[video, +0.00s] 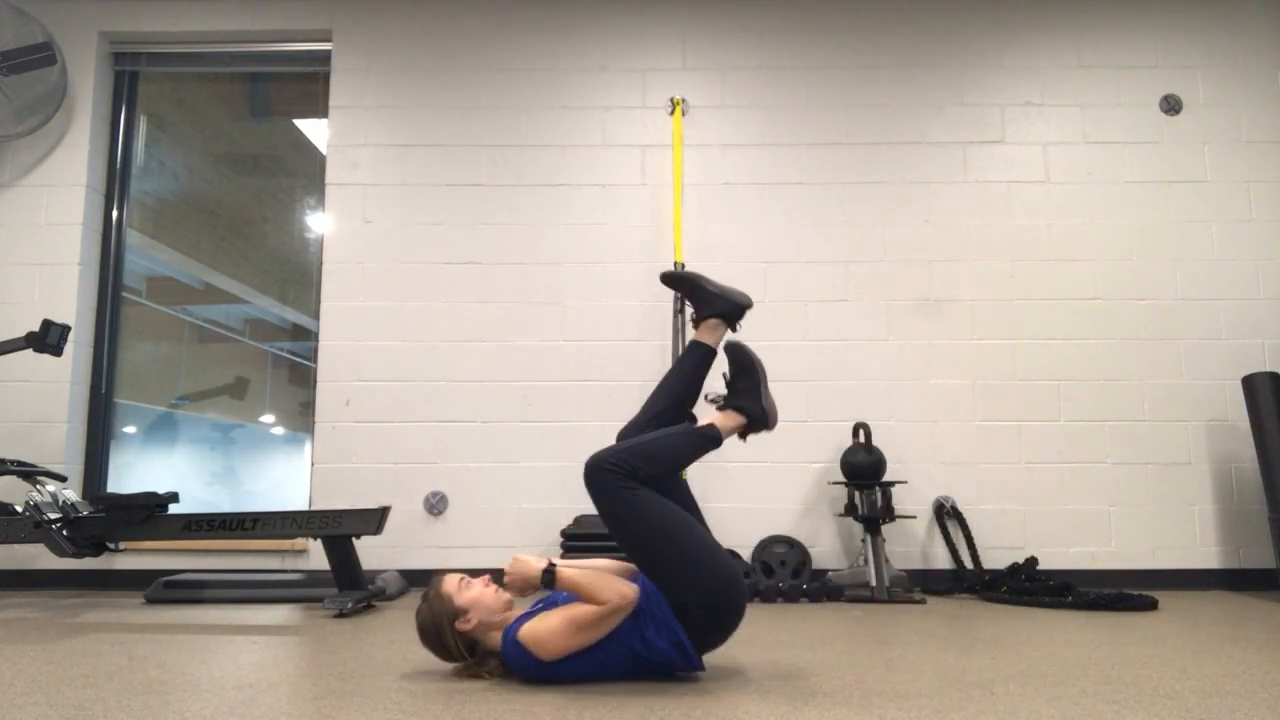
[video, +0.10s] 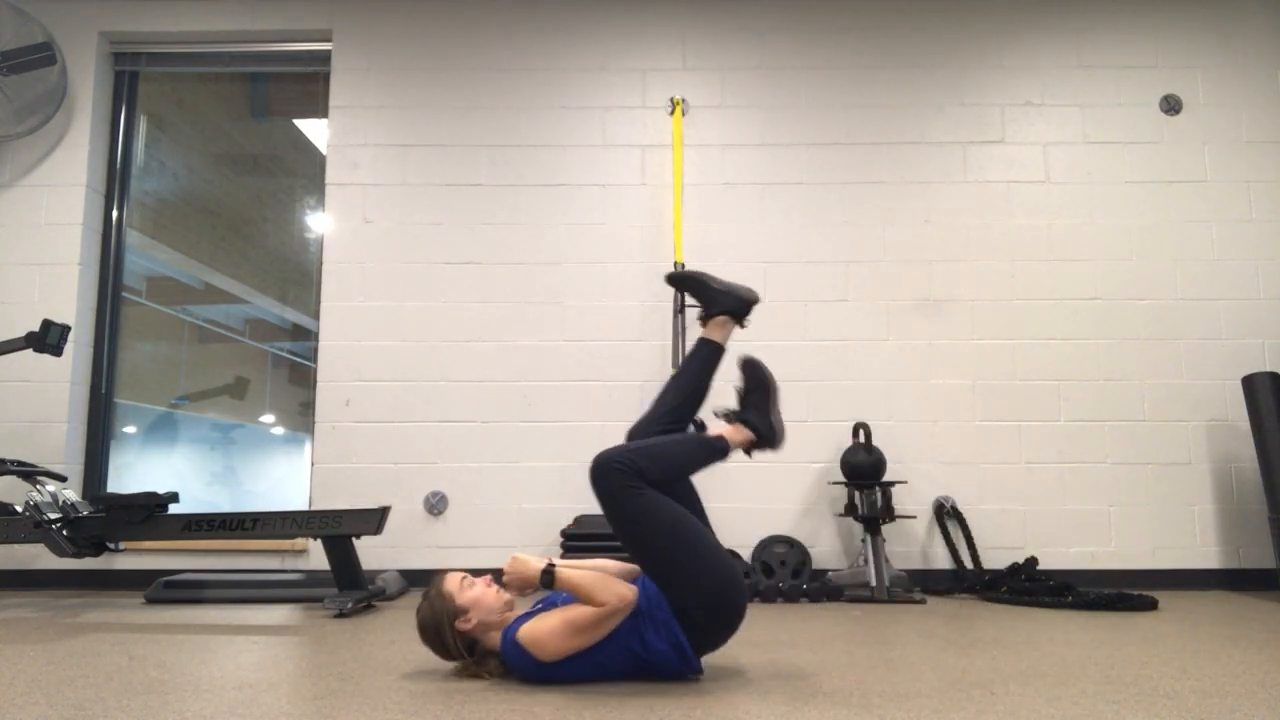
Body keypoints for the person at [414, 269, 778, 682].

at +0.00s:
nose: (481, 578)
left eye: (469, 577)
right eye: (467, 585)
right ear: (466, 625)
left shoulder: (532, 617)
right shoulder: (528, 641)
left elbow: (630, 569)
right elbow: (622, 598)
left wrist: (548, 570)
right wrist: (547, 571)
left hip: (689, 591)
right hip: (701, 609)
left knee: (629, 451)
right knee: (604, 471)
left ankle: (711, 325)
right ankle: (736, 416)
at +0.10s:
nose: (483, 580)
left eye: (471, 577)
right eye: (469, 585)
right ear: (466, 625)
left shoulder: (532, 616)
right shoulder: (527, 641)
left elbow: (632, 570)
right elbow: (622, 598)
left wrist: (546, 570)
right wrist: (545, 571)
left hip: (687, 591)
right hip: (701, 609)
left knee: (638, 450)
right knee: (611, 470)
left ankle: (721, 321)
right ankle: (742, 432)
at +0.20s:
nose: (492, 574)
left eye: (483, 570)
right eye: (478, 578)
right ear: (471, 616)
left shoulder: (536, 612)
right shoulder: (527, 639)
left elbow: (640, 574)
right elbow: (626, 602)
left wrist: (553, 570)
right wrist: (551, 572)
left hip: (695, 598)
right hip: (705, 618)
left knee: (667, 450)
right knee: (632, 470)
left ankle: (750, 326)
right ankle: (763, 455)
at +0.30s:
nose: (511, 557)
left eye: (501, 552)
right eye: (496, 560)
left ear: (510, 570)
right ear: (483, 596)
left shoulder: (544, 604)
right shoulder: (536, 627)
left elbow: (654, 584)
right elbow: (634, 605)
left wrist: (568, 559)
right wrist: (567, 567)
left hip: (702, 615)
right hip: (708, 634)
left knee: (696, 465)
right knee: (668, 473)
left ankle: (799, 347)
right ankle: (795, 489)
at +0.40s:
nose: (542, 536)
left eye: (534, 529)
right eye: (527, 535)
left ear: (530, 550)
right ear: (505, 566)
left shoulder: (558, 585)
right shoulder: (552, 608)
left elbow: (659, 588)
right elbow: (652, 608)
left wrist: (596, 551)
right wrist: (590, 553)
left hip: (710, 623)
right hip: (719, 646)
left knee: (736, 473)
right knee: (720, 481)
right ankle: (830, 530)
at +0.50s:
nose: (573, 507)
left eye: (567, 500)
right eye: (560, 505)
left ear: (549, 524)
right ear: (534, 532)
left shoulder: (574, 559)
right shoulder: (567, 580)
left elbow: (667, 587)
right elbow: (668, 606)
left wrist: (622, 538)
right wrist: (618, 538)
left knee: (780, 486)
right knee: (771, 498)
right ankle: (853, 569)